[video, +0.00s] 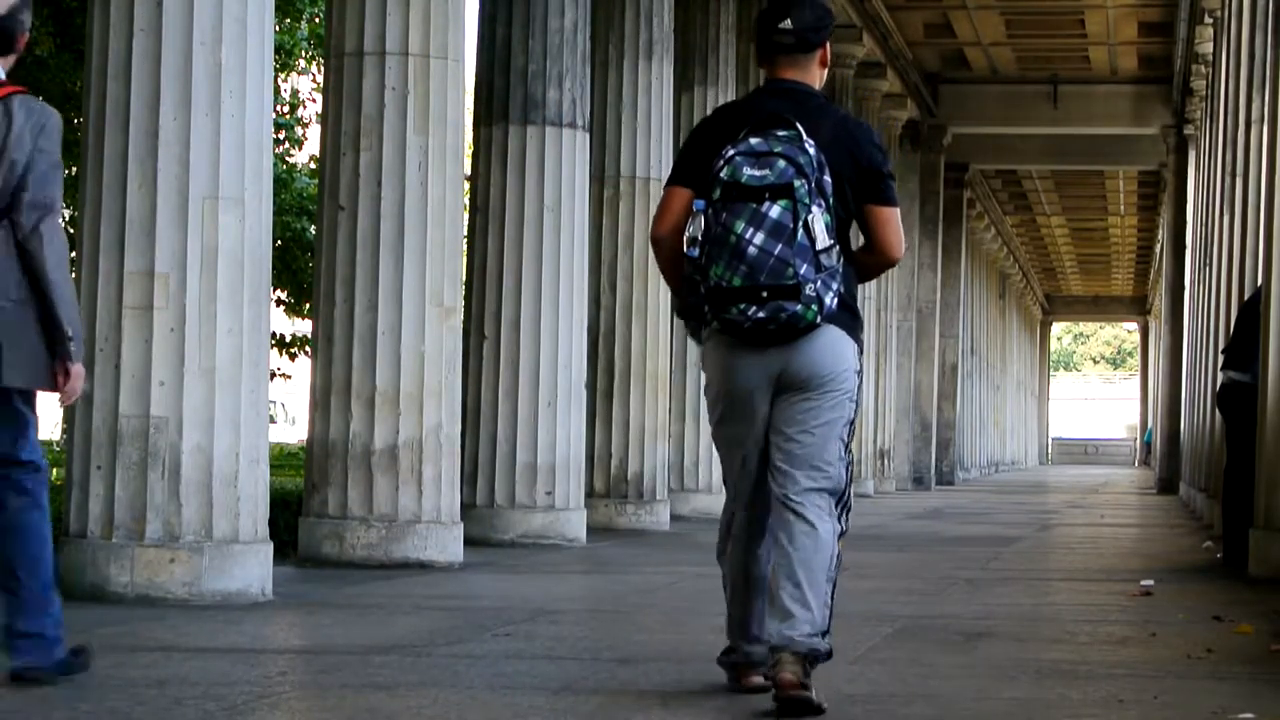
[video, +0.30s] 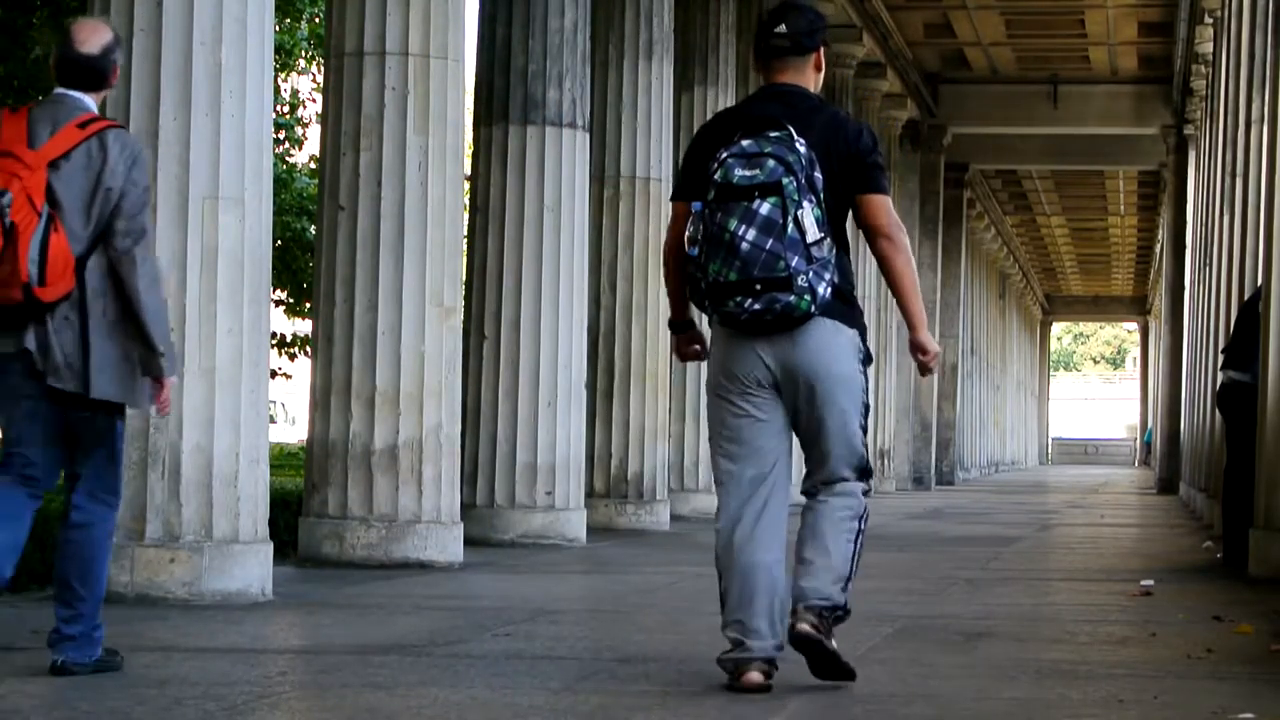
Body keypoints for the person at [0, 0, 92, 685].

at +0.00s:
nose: (26, 40)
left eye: (19, 29)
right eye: (27, 30)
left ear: (2, 45)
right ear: (20, 43)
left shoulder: (28, 119)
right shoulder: (27, 118)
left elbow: (39, 229)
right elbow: (38, 231)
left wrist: (64, 340)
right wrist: (68, 339)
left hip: (12, 339)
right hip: (7, 338)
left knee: (21, 480)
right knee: (20, 479)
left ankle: (35, 644)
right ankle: (34, 646)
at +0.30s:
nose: (119, 72)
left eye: (112, 63)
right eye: (119, 66)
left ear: (57, 68)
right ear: (113, 75)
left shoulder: (19, 130)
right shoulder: (117, 147)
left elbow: (10, 230)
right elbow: (132, 255)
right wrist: (160, 355)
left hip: (17, 339)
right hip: (90, 345)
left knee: (20, 476)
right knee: (95, 496)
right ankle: (76, 645)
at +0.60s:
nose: (179, 102)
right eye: (180, 94)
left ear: (120, 96)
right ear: (174, 104)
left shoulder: (64, 154)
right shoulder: (186, 169)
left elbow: (28, 246)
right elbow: (217, 260)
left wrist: (49, 312)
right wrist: (233, 319)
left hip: (73, 337)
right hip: (142, 342)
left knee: (122, 480)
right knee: (115, 483)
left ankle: (145, 616)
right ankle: (80, 630)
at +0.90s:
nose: (170, 101)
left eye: (173, 94)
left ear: (176, 103)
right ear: (226, 116)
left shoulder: (124, 160)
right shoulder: (245, 174)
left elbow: (99, 248)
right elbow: (254, 268)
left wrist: (116, 330)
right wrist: (276, 353)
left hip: (141, 342)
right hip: (215, 347)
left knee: (153, 474)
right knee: (227, 461)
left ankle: (152, 620)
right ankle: (208, 590)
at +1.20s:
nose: (236, 129)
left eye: (239, 124)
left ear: (242, 135)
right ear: (288, 148)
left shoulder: (193, 185)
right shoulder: (304, 206)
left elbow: (157, 264)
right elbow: (309, 288)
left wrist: (185, 330)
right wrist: (321, 365)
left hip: (202, 355)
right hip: (271, 362)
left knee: (206, 469)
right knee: (270, 485)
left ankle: (175, 561)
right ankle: (265, 608)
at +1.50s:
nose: (276, 141)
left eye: (279, 136)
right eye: (283, 134)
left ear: (285, 146)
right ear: (327, 157)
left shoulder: (240, 195)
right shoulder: (345, 210)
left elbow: (208, 273)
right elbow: (371, 288)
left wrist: (241, 320)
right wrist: (380, 349)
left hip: (251, 351)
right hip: (311, 355)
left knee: (279, 471)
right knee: (284, 476)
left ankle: (288, 587)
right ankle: (264, 601)